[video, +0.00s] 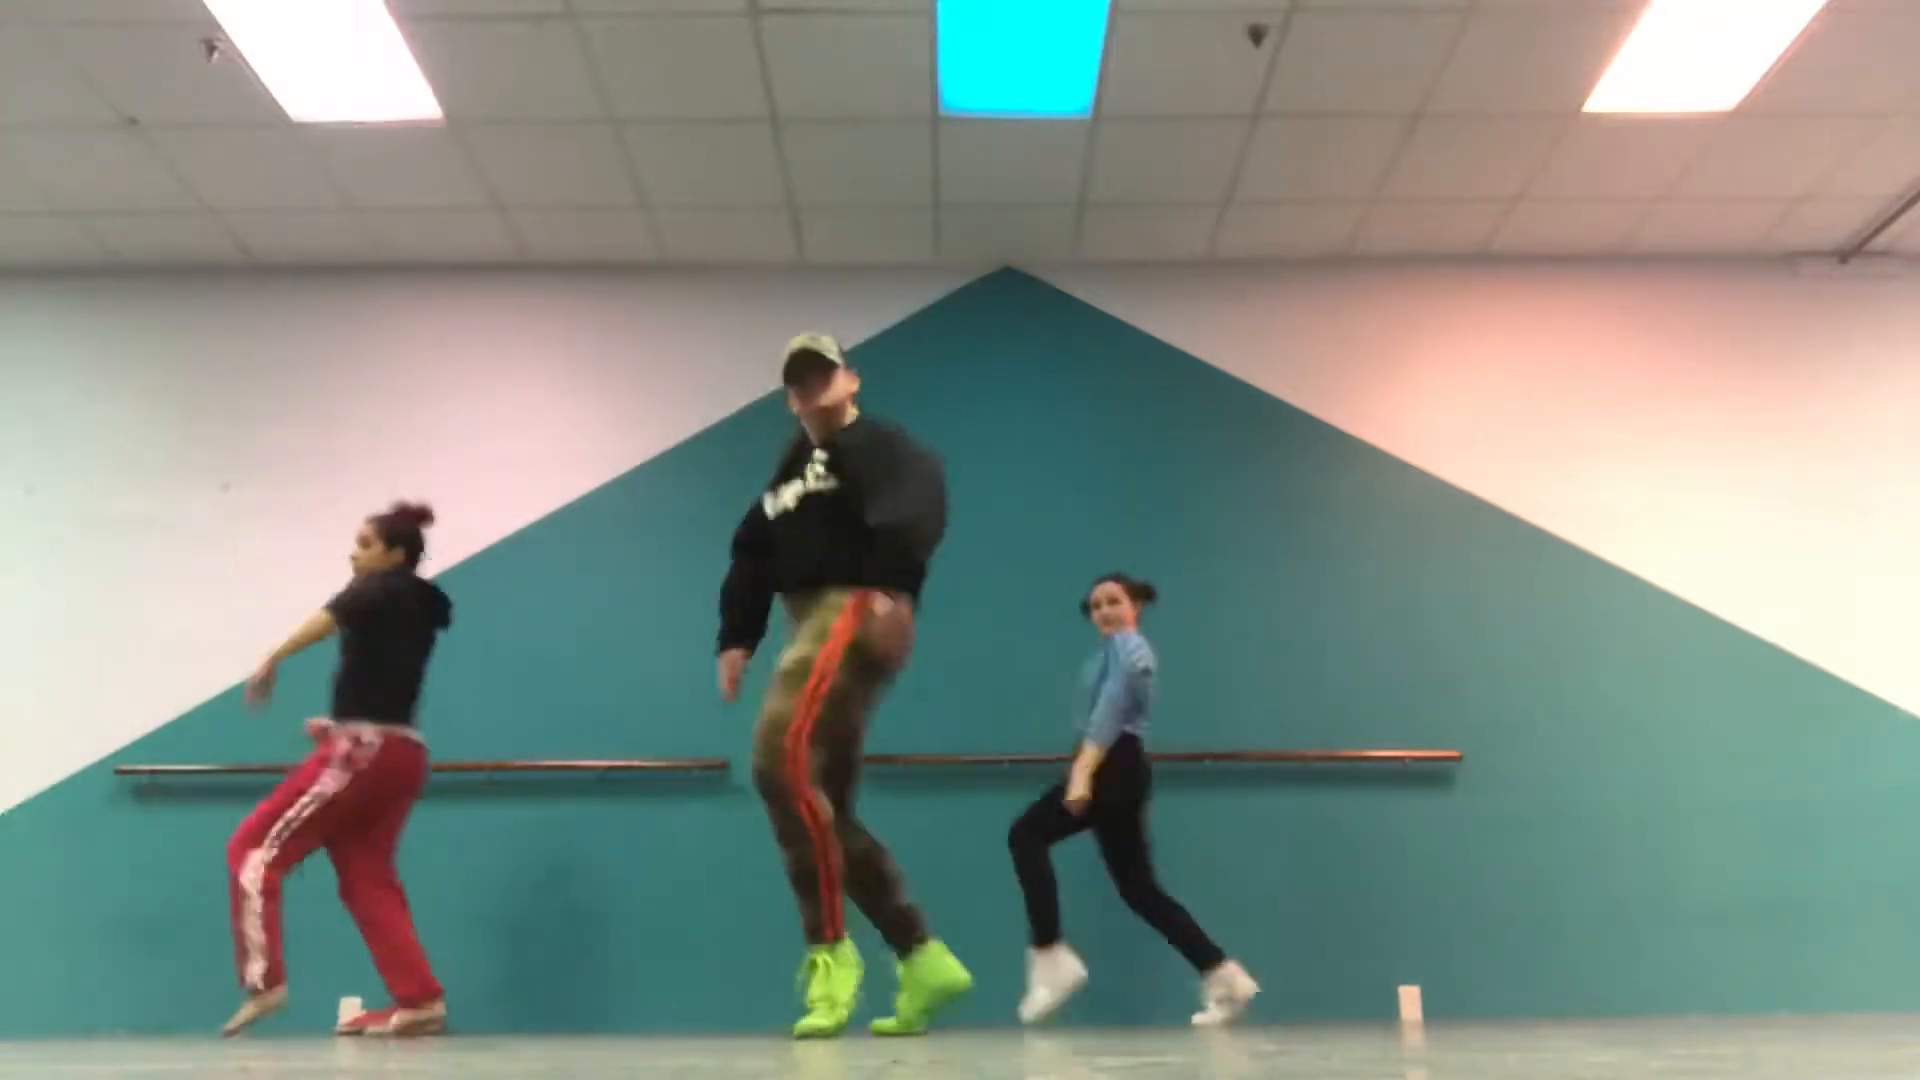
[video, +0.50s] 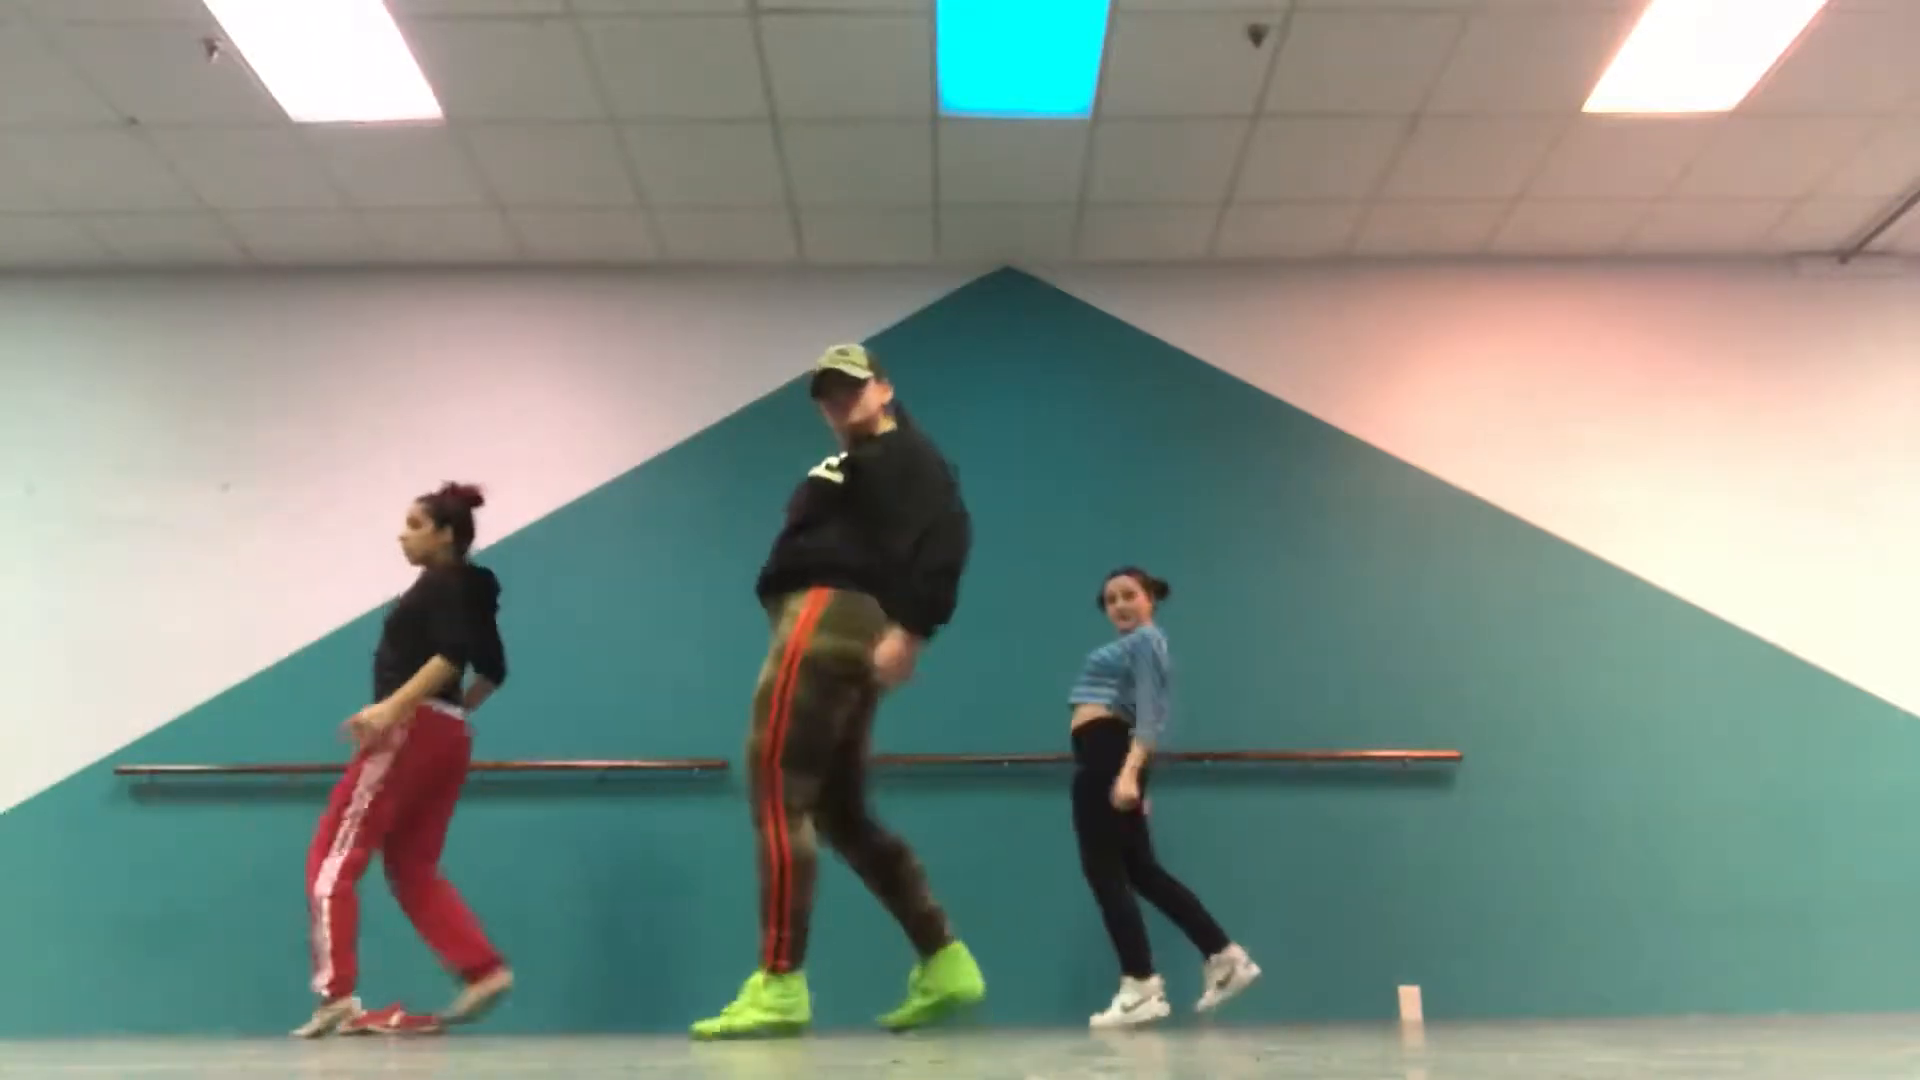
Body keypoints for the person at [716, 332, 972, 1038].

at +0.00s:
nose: (815, 392)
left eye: (825, 377)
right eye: (801, 384)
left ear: (851, 382)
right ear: (790, 399)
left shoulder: (880, 445)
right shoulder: (792, 468)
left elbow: (917, 500)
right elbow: (753, 548)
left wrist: (894, 583)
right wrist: (737, 634)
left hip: (859, 608)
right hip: (810, 616)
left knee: (780, 763)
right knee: (824, 807)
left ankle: (829, 954)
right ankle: (923, 959)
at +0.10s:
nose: (821, 406)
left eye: (832, 391)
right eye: (809, 398)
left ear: (861, 397)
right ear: (799, 411)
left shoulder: (888, 460)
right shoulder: (808, 494)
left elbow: (899, 512)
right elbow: (779, 578)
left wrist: (871, 574)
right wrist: (731, 648)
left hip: (884, 635)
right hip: (848, 644)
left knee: (767, 757)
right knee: (852, 832)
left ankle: (824, 936)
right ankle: (944, 975)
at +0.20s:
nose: (830, 408)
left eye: (842, 394)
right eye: (818, 400)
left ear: (870, 401)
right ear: (809, 415)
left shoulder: (892, 465)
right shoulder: (820, 501)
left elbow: (897, 532)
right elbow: (810, 607)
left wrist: (872, 588)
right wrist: (761, 665)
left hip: (895, 650)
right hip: (857, 658)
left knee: (774, 761)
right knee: (852, 836)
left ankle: (801, 952)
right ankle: (948, 981)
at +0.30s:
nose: (832, 405)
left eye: (844, 391)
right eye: (822, 396)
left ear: (877, 395)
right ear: (816, 408)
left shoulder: (891, 460)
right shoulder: (837, 470)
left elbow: (892, 538)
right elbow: (827, 573)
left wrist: (879, 606)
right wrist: (799, 662)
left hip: (874, 644)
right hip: (849, 646)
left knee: (784, 783)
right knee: (862, 828)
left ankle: (784, 978)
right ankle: (950, 982)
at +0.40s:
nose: (834, 403)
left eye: (846, 389)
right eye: (824, 395)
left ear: (880, 390)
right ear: (820, 406)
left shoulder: (899, 455)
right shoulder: (842, 461)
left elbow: (908, 539)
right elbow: (809, 541)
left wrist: (903, 631)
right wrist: (797, 624)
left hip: (845, 619)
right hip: (825, 622)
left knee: (785, 787)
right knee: (862, 811)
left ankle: (780, 985)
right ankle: (949, 976)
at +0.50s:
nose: (837, 404)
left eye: (849, 390)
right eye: (827, 396)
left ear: (883, 389)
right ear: (824, 408)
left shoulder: (902, 451)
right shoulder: (849, 459)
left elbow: (944, 532)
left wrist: (910, 625)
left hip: (830, 607)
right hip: (844, 613)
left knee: (779, 786)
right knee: (841, 809)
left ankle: (779, 981)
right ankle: (943, 961)